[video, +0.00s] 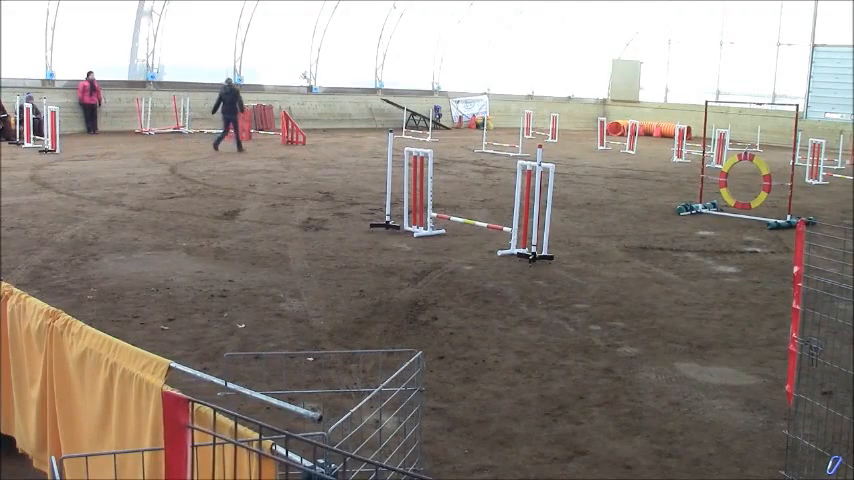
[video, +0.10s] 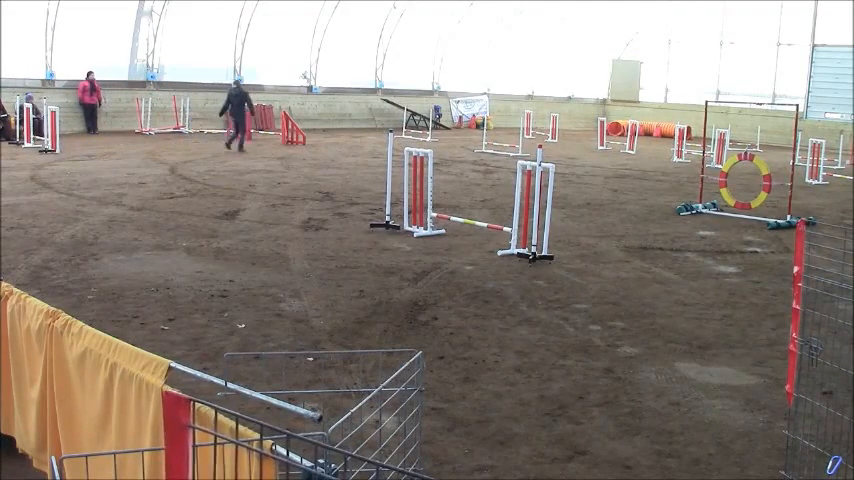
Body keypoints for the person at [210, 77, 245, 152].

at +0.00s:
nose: (229, 84)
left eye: (227, 83)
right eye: (230, 82)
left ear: (225, 83)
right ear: (232, 83)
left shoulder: (223, 90)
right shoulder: (235, 90)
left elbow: (218, 101)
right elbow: (239, 100)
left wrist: (214, 110)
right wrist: (242, 109)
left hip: (225, 113)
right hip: (233, 113)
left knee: (225, 130)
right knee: (236, 130)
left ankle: (216, 143)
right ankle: (239, 146)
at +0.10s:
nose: (235, 87)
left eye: (234, 85)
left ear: (234, 85)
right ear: (240, 85)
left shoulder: (231, 92)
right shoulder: (244, 93)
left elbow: (227, 104)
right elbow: (249, 103)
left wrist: (222, 112)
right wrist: (252, 111)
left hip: (233, 113)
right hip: (241, 113)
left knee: (236, 131)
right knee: (243, 131)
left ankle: (229, 142)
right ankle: (240, 146)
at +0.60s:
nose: (268, 86)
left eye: (269, 85)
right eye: (269, 85)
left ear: (269, 85)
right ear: (275, 85)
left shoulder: (268, 92)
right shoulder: (280, 91)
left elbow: (262, 101)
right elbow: (286, 100)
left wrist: (255, 108)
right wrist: (290, 107)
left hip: (270, 112)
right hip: (278, 112)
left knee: (267, 129)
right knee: (281, 129)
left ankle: (262, 144)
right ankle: (282, 145)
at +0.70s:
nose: (276, 87)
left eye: (277, 86)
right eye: (277, 86)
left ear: (277, 86)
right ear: (283, 85)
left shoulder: (276, 92)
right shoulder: (288, 92)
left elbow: (270, 101)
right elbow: (294, 101)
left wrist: (262, 108)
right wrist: (298, 109)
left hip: (277, 113)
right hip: (286, 113)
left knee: (276, 129)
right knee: (286, 130)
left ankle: (267, 141)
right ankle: (284, 146)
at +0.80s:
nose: (283, 88)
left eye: (283, 87)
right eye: (283, 87)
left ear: (285, 87)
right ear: (290, 86)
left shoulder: (283, 93)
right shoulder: (295, 93)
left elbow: (278, 102)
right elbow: (302, 102)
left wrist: (270, 108)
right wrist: (304, 110)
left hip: (284, 113)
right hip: (292, 113)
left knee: (285, 129)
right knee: (289, 130)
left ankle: (280, 141)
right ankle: (285, 144)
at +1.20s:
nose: (318, 86)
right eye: (318, 85)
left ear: (314, 85)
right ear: (319, 85)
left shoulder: (312, 92)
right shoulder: (323, 92)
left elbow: (307, 102)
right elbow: (327, 101)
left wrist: (301, 109)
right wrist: (329, 109)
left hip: (314, 113)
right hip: (321, 113)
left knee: (311, 128)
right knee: (326, 127)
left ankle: (305, 142)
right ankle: (325, 142)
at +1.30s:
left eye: (325, 84)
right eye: (326, 84)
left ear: (322, 85)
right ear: (328, 85)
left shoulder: (320, 92)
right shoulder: (331, 92)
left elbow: (315, 102)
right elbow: (334, 101)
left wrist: (310, 109)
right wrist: (337, 109)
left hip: (321, 112)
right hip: (329, 112)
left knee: (320, 128)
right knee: (332, 128)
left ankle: (311, 137)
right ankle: (332, 143)